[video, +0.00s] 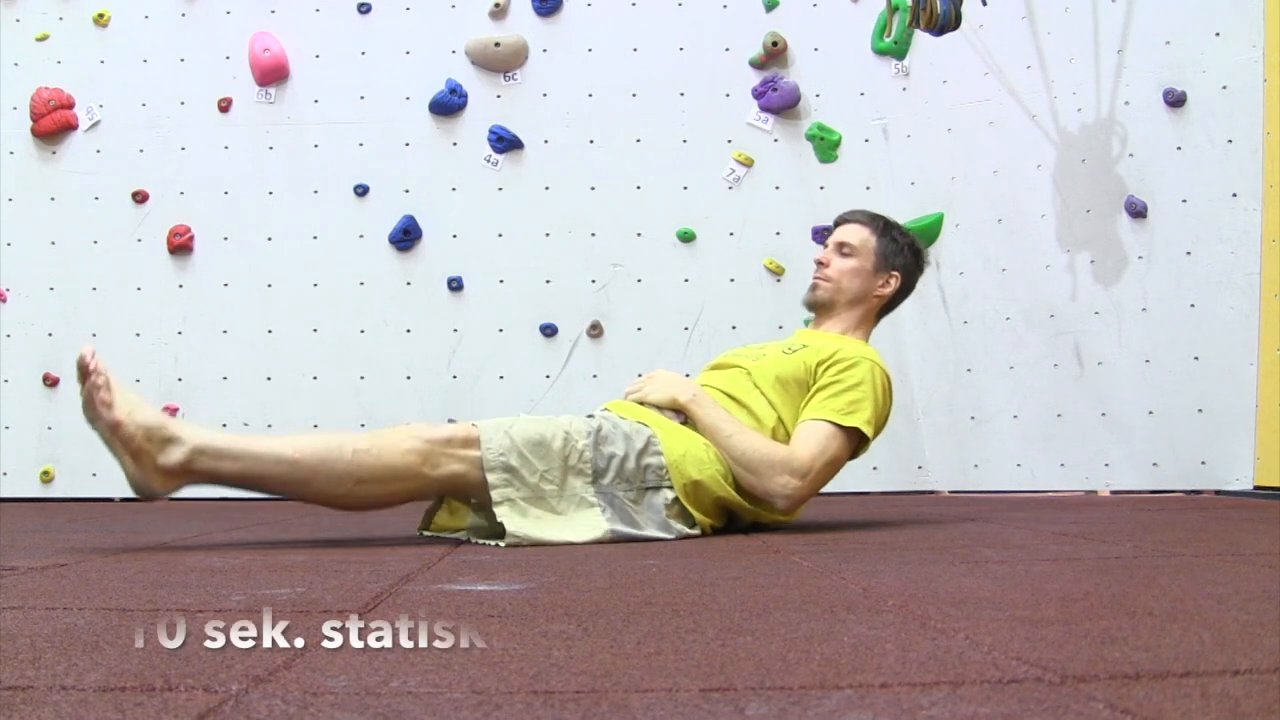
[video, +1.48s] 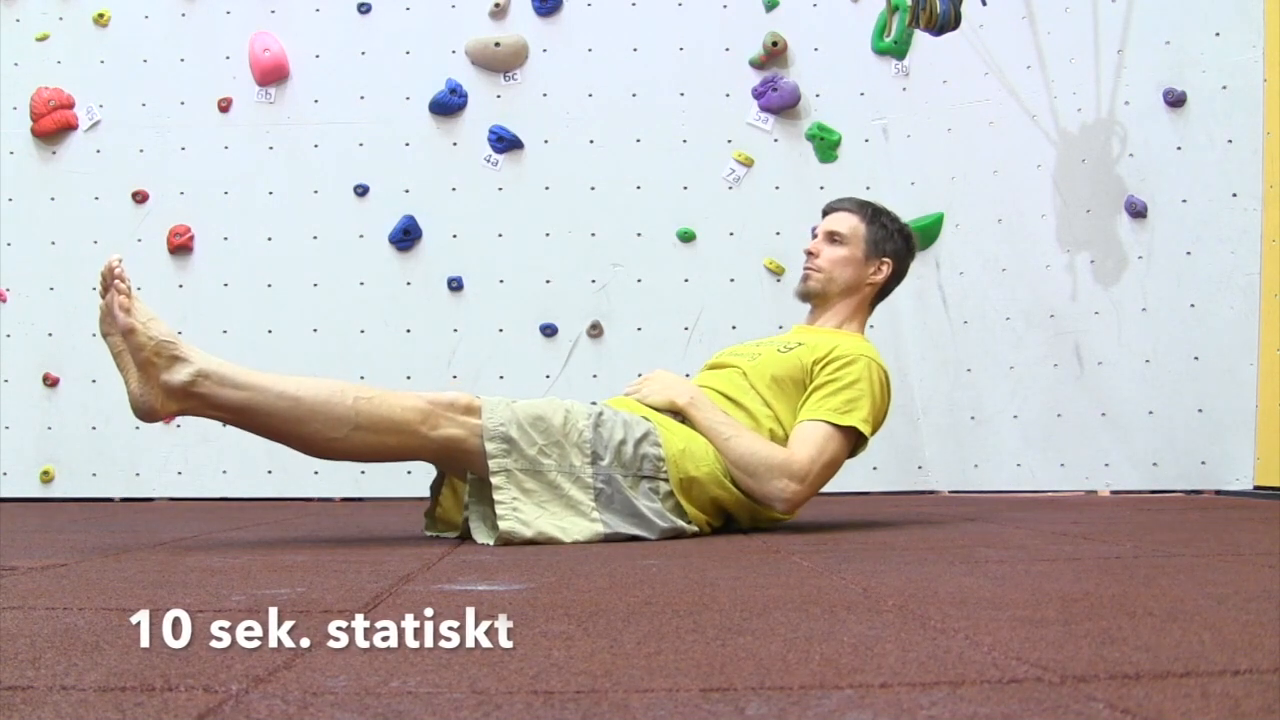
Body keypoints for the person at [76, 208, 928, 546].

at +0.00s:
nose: (821, 257)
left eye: (843, 251)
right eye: (826, 246)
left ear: (883, 286)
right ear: (835, 273)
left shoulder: (855, 365)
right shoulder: (798, 352)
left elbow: (788, 486)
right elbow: (752, 459)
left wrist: (692, 396)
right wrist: (674, 403)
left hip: (664, 464)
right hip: (641, 450)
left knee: (445, 449)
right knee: (431, 450)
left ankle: (178, 453)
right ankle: (176, 452)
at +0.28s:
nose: (802, 236)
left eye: (824, 229)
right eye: (807, 225)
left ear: (870, 261)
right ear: (819, 254)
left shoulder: (845, 350)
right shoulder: (775, 339)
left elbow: (784, 477)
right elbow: (739, 449)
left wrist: (684, 395)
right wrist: (661, 404)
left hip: (658, 463)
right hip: (632, 449)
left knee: (448, 416)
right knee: (433, 416)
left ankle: (187, 372)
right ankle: (187, 370)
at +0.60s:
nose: (803, 241)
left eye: (825, 235)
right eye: (809, 230)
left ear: (870, 266)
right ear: (822, 260)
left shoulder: (849, 355)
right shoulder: (780, 344)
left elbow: (788, 481)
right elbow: (743, 449)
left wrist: (690, 396)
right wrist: (666, 401)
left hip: (658, 462)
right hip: (636, 446)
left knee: (449, 412)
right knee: (437, 410)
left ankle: (191, 365)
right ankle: (190, 362)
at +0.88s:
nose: (804, 236)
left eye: (826, 230)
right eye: (809, 226)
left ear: (872, 264)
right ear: (819, 256)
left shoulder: (847, 354)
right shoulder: (773, 344)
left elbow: (784, 476)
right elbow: (738, 448)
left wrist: (685, 395)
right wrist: (666, 403)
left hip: (659, 464)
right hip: (635, 448)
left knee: (449, 407)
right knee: (438, 407)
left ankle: (193, 348)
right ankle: (189, 353)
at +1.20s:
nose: (810, 252)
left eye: (832, 244)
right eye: (813, 240)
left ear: (877, 270)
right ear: (821, 262)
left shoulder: (851, 358)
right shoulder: (788, 348)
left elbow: (790, 483)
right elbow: (751, 457)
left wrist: (691, 398)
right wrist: (668, 405)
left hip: (658, 461)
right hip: (635, 448)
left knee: (447, 415)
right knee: (435, 414)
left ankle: (189, 372)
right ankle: (188, 372)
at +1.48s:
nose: (813, 249)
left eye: (835, 242)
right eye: (817, 237)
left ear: (879, 271)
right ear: (824, 261)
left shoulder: (852, 359)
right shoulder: (790, 348)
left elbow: (789, 481)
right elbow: (746, 455)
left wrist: (690, 398)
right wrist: (670, 406)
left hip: (661, 460)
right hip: (639, 447)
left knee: (446, 418)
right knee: (435, 418)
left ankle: (187, 380)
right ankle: (183, 383)